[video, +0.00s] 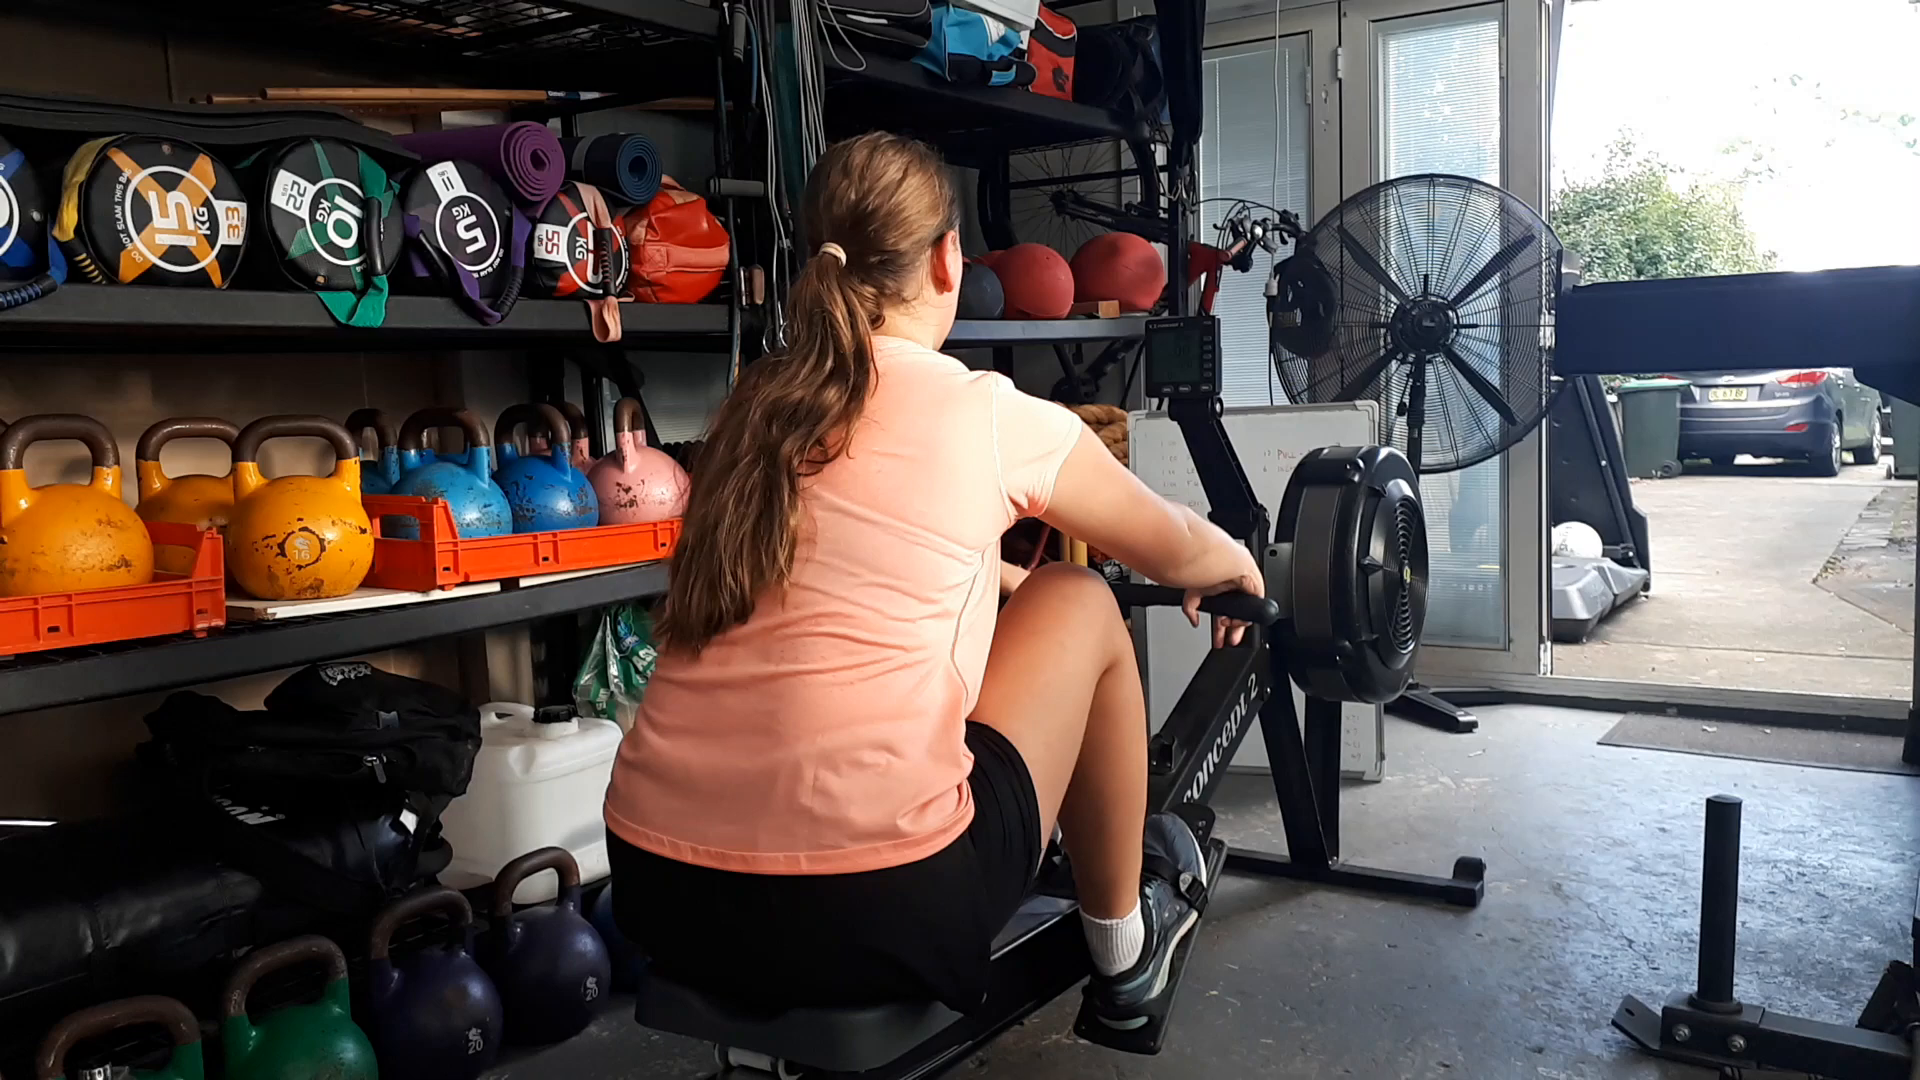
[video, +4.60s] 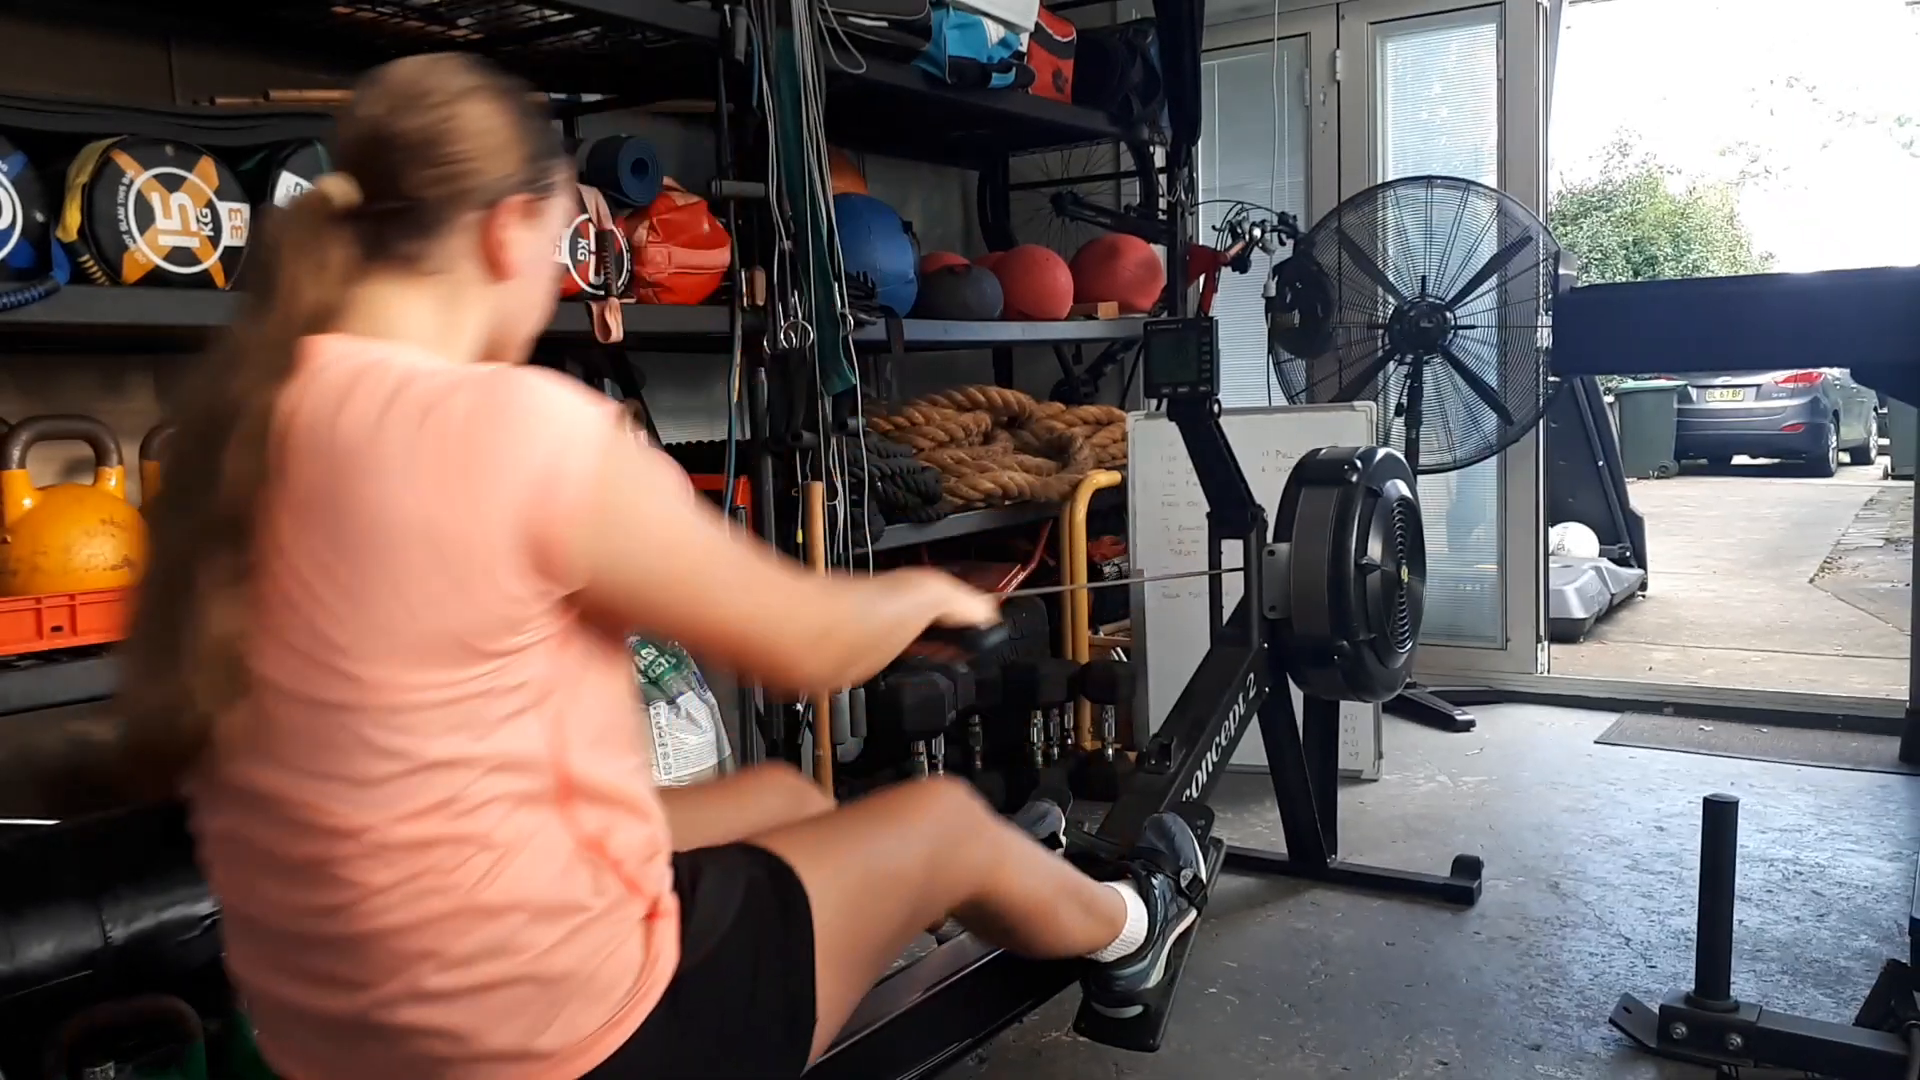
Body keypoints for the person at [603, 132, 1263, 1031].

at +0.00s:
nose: (965, 266)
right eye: (962, 246)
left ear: (817, 263)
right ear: (945, 263)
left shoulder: (753, 399)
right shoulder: (986, 413)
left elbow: (837, 560)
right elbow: (1167, 541)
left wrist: (1005, 576)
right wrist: (1233, 566)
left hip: (667, 903)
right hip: (878, 918)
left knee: (965, 589)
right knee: (1081, 601)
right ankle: (1123, 957)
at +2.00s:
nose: (972, 276)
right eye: (968, 255)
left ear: (826, 273)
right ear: (951, 269)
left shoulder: (760, 400)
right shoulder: (993, 412)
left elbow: (875, 539)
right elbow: (1161, 543)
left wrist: (1045, 579)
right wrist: (1233, 569)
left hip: (665, 907)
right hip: (875, 922)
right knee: (1076, 596)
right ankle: (1123, 964)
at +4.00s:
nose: (934, 264)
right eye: (931, 243)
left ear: (779, 265)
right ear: (914, 261)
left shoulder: (718, 411)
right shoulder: (969, 422)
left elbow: (773, 573)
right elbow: (1113, 550)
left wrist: (940, 572)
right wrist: (1190, 558)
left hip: (623, 917)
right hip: (833, 932)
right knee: (1064, 620)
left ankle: (979, 876)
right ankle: (1126, 955)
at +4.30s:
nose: (798, 234)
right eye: (797, 210)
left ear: (618, 229)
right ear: (767, 225)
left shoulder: (563, 402)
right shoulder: (825, 415)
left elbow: (667, 543)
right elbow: (1003, 560)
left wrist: (843, 550)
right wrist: (1101, 558)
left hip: (510, 969)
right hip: (719, 976)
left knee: (813, 617)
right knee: (1021, 663)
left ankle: (939, 883)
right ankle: (1123, 947)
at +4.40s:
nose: (727, 244)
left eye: (726, 214)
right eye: (726, 211)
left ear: (541, 210)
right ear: (688, 214)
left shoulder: (467, 397)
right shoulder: (746, 415)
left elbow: (590, 543)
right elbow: (947, 571)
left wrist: (786, 555)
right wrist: (1049, 556)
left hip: (424, 997)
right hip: (657, 1007)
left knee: (800, 689)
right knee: (1002, 710)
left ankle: (930, 888)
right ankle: (1122, 947)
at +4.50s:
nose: (647, 260)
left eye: (649, 228)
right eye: (646, 225)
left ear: (453, 212)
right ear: (597, 217)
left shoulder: (359, 400)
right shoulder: (640, 414)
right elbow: (879, 591)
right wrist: (987, 567)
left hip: (369, 1005)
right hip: (599, 1022)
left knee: (790, 736)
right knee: (973, 760)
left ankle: (941, 896)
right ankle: (1126, 943)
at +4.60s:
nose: (562, 269)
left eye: (564, 234)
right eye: (560, 232)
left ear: (357, 218)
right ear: (507, 232)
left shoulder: (246, 416)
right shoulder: (525, 434)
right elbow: (811, 644)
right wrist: (922, 591)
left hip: (323, 1035)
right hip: (568, 1035)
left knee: (787, 787)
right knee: (943, 817)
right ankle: (1116, 926)